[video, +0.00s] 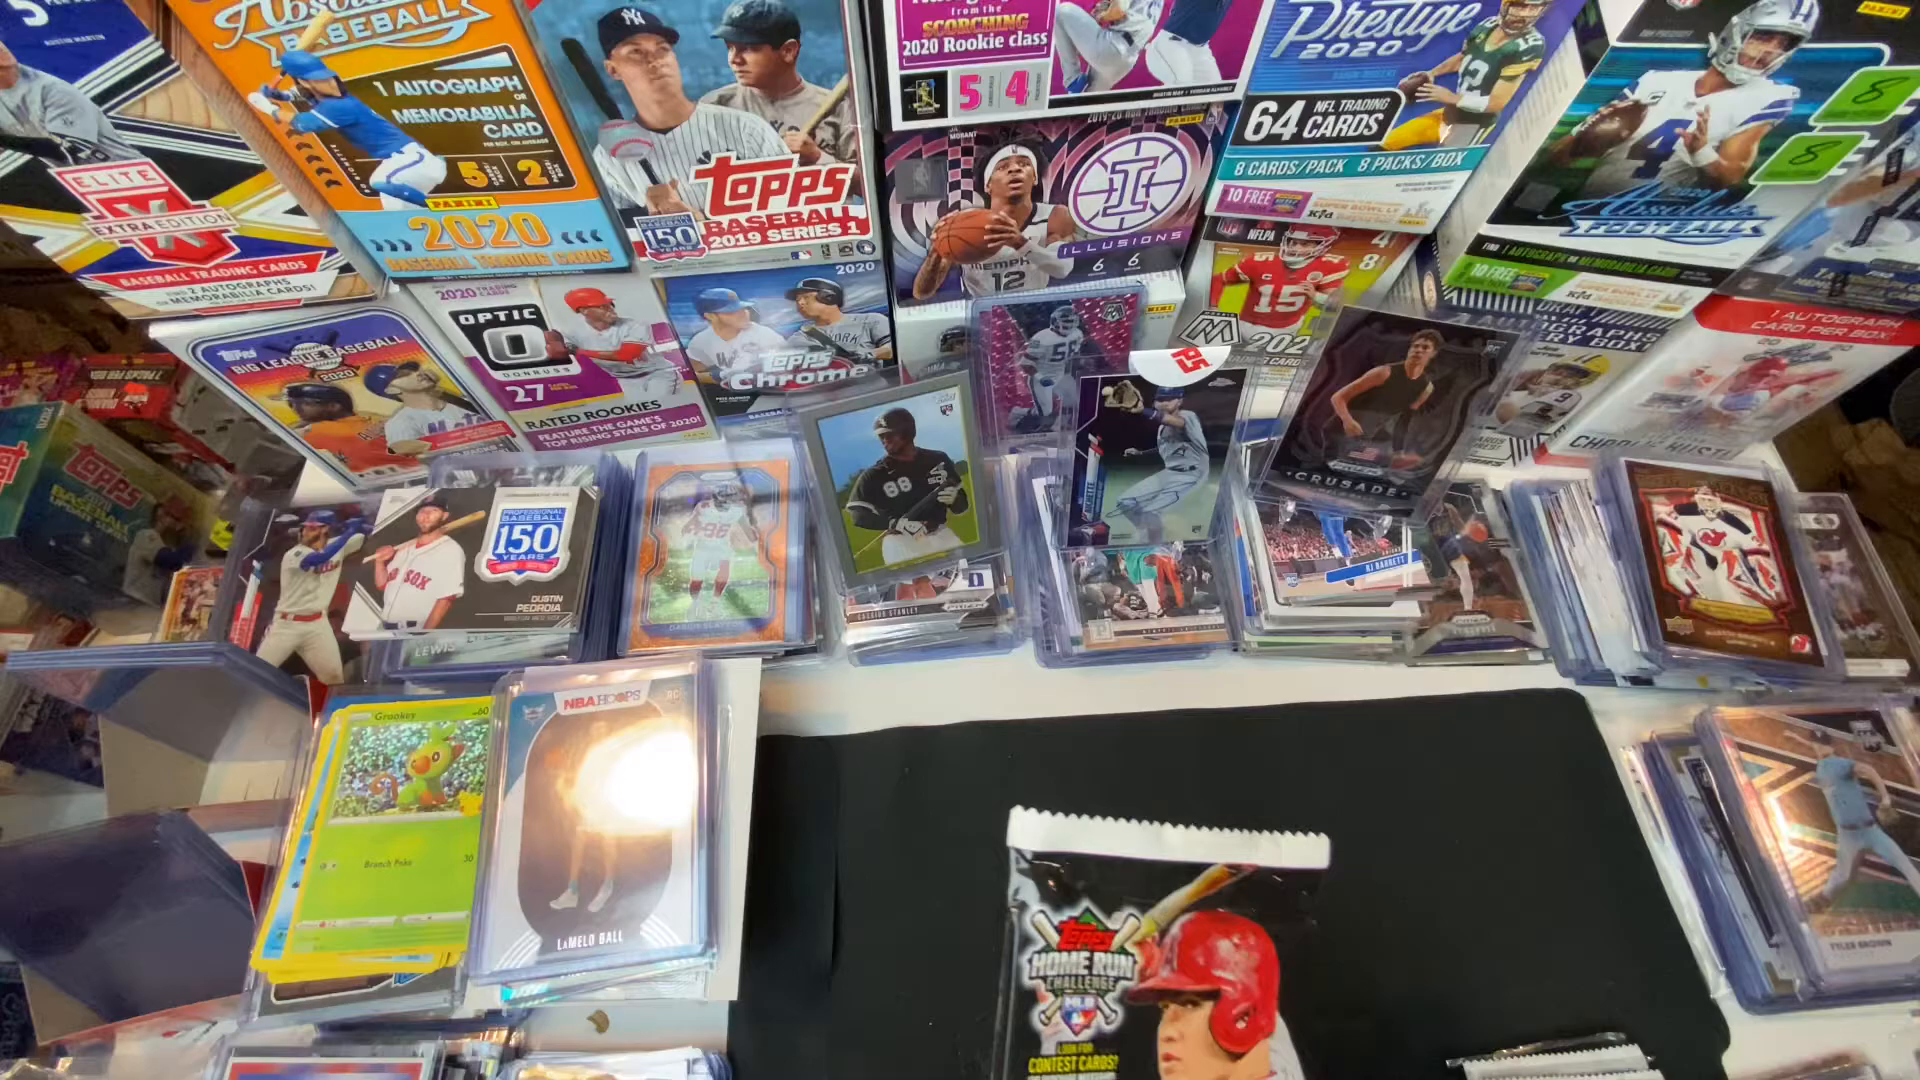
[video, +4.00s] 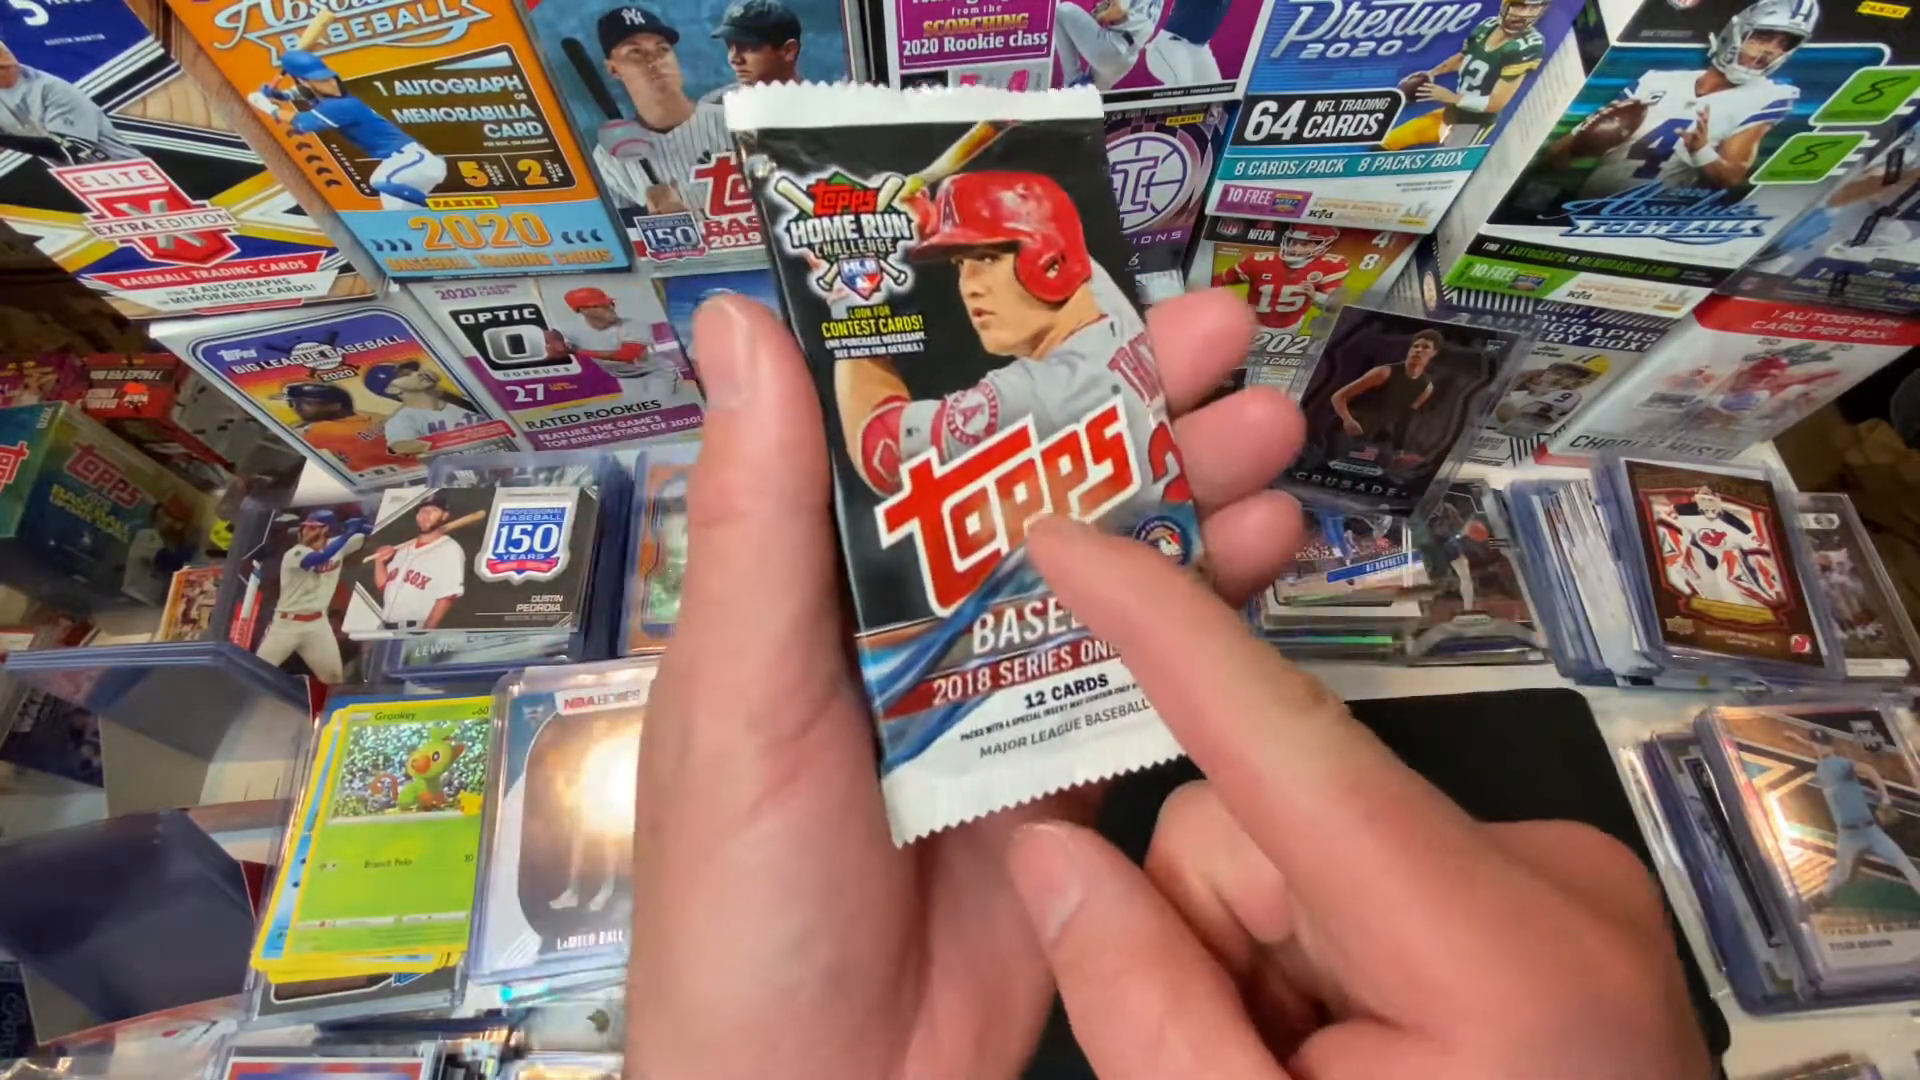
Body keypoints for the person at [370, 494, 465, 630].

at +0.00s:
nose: (425, 516)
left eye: (433, 511)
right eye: (422, 511)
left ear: (445, 516)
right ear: (416, 515)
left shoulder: (451, 550)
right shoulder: (404, 548)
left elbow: (446, 599)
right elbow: (382, 585)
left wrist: (424, 635)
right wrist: (380, 561)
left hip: (416, 631)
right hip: (386, 627)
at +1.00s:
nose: (425, 516)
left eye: (432, 511)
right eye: (422, 510)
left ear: (445, 515)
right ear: (416, 515)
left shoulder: (451, 550)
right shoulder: (406, 547)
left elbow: (446, 598)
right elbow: (383, 586)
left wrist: (424, 634)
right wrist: (379, 561)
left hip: (415, 632)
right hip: (386, 627)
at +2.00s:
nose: (425, 517)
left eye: (432, 511)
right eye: (422, 511)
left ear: (445, 516)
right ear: (416, 515)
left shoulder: (451, 550)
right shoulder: (406, 548)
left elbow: (445, 600)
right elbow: (382, 586)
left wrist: (426, 636)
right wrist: (379, 562)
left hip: (416, 632)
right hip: (386, 627)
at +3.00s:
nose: (424, 517)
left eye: (431, 512)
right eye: (421, 512)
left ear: (445, 516)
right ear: (416, 516)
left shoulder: (451, 551)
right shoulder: (405, 548)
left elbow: (446, 599)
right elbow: (382, 585)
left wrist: (425, 633)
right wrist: (379, 561)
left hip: (415, 631)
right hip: (385, 627)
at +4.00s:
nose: (425, 516)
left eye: (432, 511)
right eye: (422, 511)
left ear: (445, 516)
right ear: (416, 515)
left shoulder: (450, 550)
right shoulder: (405, 548)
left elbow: (447, 598)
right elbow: (382, 585)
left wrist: (425, 633)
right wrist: (379, 561)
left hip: (416, 630)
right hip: (386, 627)